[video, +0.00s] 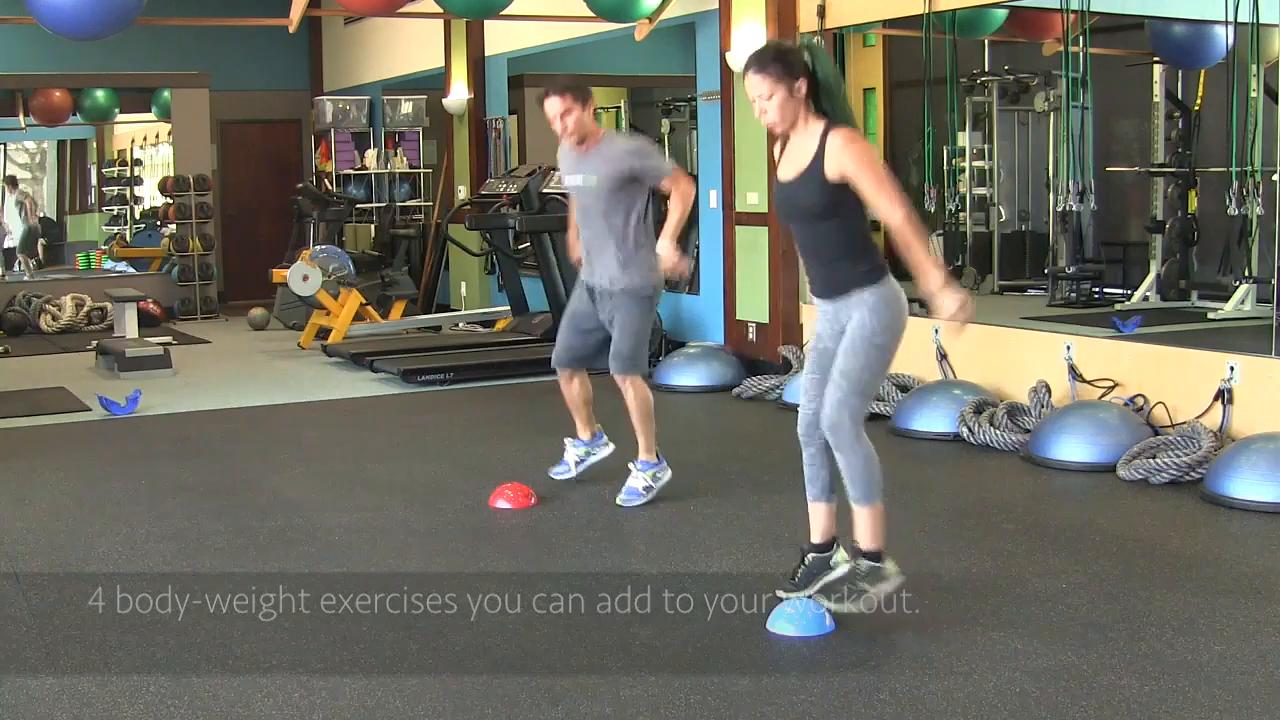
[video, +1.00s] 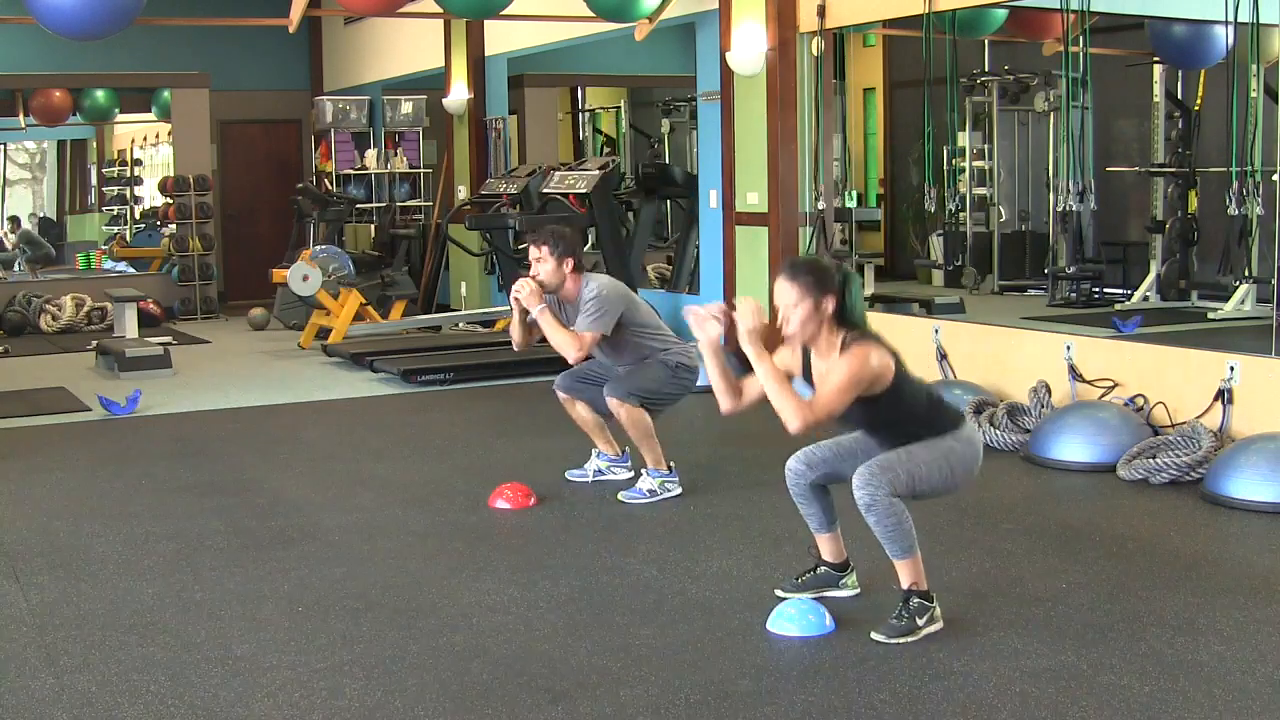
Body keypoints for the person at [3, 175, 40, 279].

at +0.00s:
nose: (6, 189)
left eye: (6, 186)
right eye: (6, 186)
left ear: (11, 185)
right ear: (13, 185)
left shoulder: (20, 194)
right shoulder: (16, 196)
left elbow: (30, 202)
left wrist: (31, 217)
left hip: (28, 225)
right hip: (24, 225)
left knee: (20, 252)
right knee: (22, 252)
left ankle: (30, 275)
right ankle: (29, 274)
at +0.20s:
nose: (8, 188)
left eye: (8, 185)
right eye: (7, 186)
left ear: (12, 184)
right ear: (18, 183)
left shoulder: (20, 193)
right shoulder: (24, 193)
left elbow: (31, 203)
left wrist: (36, 217)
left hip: (27, 225)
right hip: (31, 225)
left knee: (13, 249)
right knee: (24, 251)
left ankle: (13, 274)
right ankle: (30, 274)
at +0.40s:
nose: (10, 187)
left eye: (12, 184)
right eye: (9, 184)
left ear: (19, 183)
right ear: (18, 184)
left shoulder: (23, 193)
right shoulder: (23, 194)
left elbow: (29, 205)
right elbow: (30, 207)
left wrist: (23, 218)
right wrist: (23, 218)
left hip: (29, 228)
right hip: (32, 227)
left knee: (14, 250)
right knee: (26, 255)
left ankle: (16, 274)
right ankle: (32, 278)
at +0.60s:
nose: (8, 188)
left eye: (10, 185)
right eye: (8, 185)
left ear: (17, 185)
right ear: (17, 185)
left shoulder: (23, 195)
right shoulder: (21, 195)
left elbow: (22, 209)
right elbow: (23, 210)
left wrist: (6, 213)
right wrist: (13, 214)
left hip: (33, 226)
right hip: (31, 226)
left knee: (24, 252)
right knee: (26, 251)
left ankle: (31, 275)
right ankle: (33, 273)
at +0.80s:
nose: (9, 213)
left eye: (10, 210)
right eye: (8, 210)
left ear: (16, 210)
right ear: (16, 210)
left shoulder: (22, 219)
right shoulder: (22, 219)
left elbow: (18, 235)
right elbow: (18, 234)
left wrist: (6, 229)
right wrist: (8, 229)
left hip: (42, 243)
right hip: (40, 242)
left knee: (25, 260)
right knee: (26, 259)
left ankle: (35, 278)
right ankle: (37, 278)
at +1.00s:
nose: (8, 227)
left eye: (9, 224)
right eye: (7, 225)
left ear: (16, 224)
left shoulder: (22, 233)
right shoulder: (21, 233)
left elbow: (12, 247)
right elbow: (13, 247)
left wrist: (4, 237)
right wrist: (6, 238)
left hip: (46, 253)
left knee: (26, 259)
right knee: (24, 259)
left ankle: (34, 279)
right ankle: (37, 278)